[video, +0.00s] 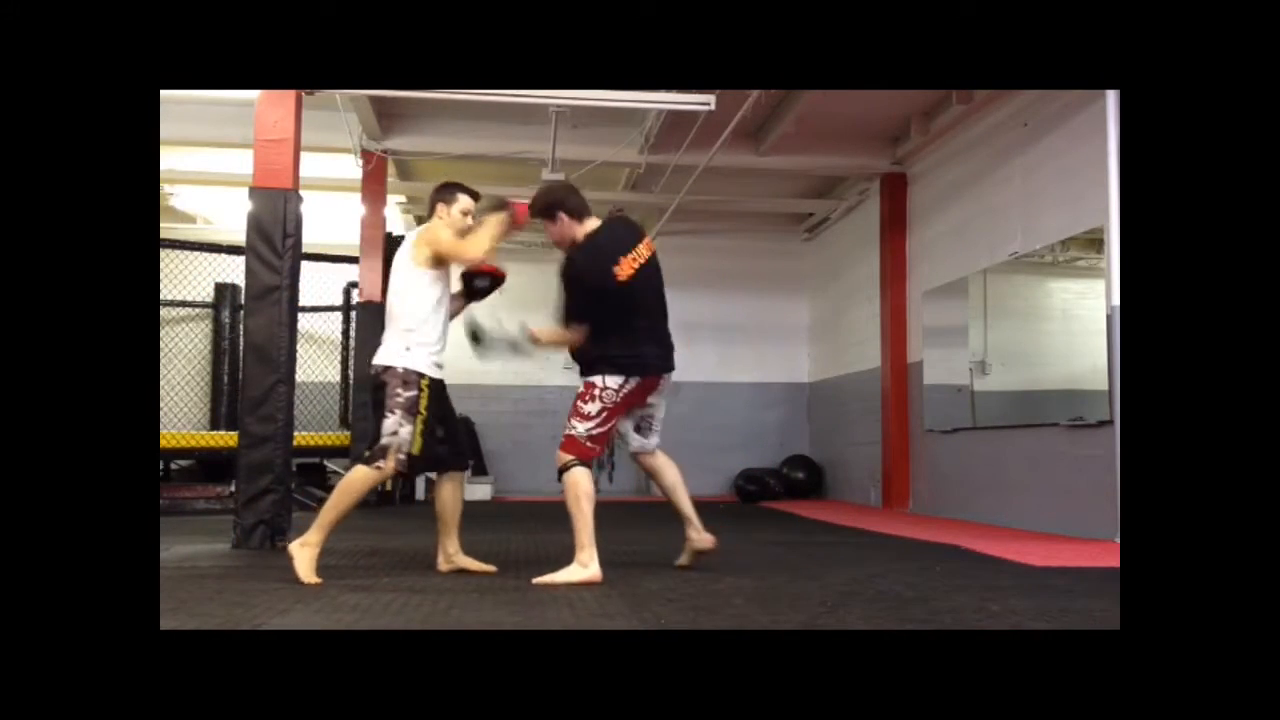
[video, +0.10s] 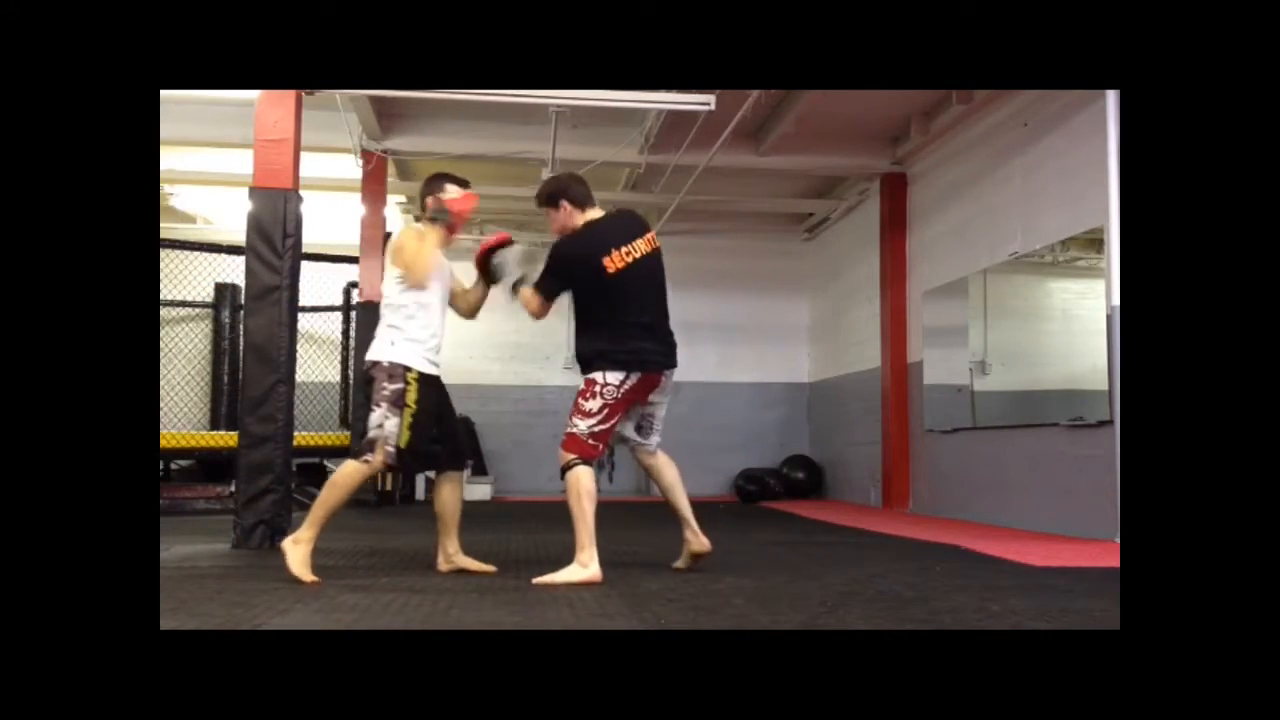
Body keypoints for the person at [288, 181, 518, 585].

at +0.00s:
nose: (470, 222)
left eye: (472, 216)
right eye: (465, 213)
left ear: (451, 214)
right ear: (441, 207)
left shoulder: (428, 247)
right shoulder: (433, 231)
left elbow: (432, 316)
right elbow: (473, 252)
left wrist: (468, 295)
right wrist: (497, 221)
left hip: (423, 367)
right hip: (406, 365)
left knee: (452, 458)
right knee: (388, 459)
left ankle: (450, 552)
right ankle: (308, 543)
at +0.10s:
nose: (464, 209)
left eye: (464, 202)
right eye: (458, 201)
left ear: (443, 204)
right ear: (433, 202)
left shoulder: (440, 259)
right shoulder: (409, 237)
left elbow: (469, 306)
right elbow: (419, 272)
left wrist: (488, 275)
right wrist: (440, 232)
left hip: (424, 369)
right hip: (396, 362)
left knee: (451, 456)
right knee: (375, 455)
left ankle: (450, 551)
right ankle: (301, 540)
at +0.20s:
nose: (445, 208)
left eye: (448, 201)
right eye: (439, 199)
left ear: (445, 205)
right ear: (412, 198)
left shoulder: (432, 254)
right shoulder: (384, 237)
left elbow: (468, 296)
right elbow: (366, 288)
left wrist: (485, 281)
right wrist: (401, 236)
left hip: (423, 370)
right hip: (385, 364)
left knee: (450, 459)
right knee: (358, 458)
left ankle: (449, 552)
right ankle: (289, 542)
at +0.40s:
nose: (410, 207)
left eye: (411, 199)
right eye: (403, 198)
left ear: (387, 203)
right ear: (375, 200)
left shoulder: (402, 250)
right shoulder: (341, 245)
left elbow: (445, 290)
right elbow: (319, 302)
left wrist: (472, 254)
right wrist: (350, 258)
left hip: (398, 376)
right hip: (351, 374)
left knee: (427, 469)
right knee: (320, 469)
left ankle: (446, 552)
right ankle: (279, 559)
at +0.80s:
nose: (402, 202)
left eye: (402, 195)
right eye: (395, 194)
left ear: (385, 200)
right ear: (369, 196)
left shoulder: (382, 246)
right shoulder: (341, 237)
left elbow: (406, 300)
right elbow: (368, 273)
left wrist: (416, 284)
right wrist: (375, 230)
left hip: (375, 370)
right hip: (336, 368)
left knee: (399, 463)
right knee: (317, 466)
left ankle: (398, 553)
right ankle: (279, 559)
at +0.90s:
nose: (407, 206)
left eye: (408, 199)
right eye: (401, 198)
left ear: (383, 200)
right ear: (377, 198)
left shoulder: (379, 245)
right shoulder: (360, 236)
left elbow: (392, 305)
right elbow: (409, 269)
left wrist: (417, 287)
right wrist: (421, 226)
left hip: (370, 371)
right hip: (338, 368)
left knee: (396, 461)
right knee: (324, 465)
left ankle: (398, 553)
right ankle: (278, 559)